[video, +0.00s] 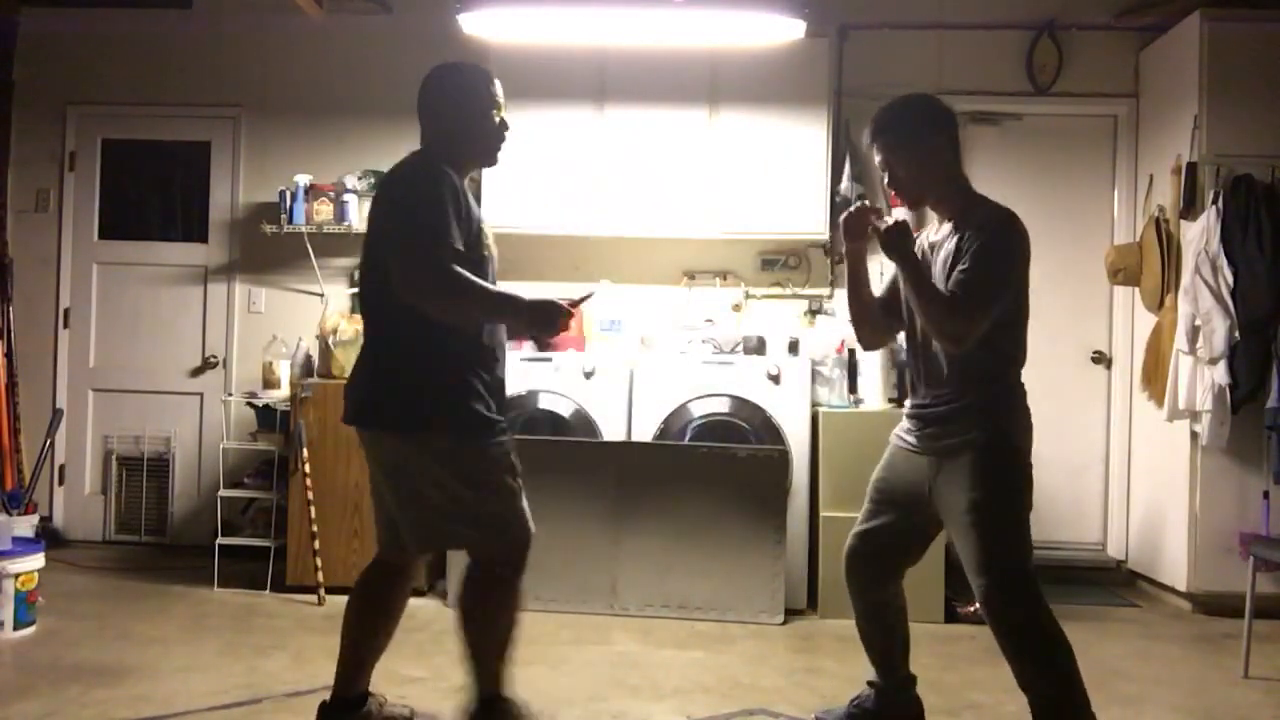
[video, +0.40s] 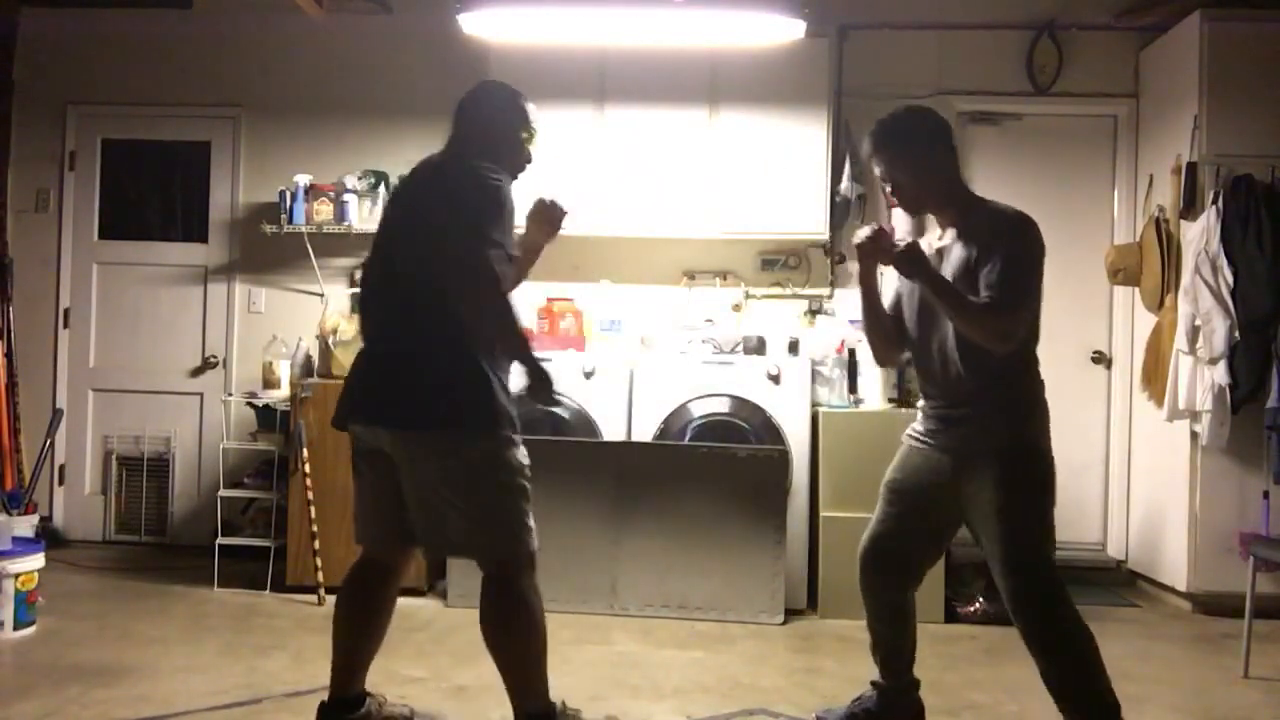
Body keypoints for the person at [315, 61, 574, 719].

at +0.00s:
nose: (505, 126)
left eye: (502, 111)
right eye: (493, 110)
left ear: (446, 117)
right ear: (450, 115)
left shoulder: (434, 185)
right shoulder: (428, 180)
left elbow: (432, 291)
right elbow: (421, 279)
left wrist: (517, 320)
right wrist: (521, 312)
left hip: (396, 405)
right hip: (439, 407)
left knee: (398, 556)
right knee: (505, 543)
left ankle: (347, 701)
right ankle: (491, 702)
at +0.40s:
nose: (531, 147)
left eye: (531, 134)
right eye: (524, 133)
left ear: (465, 127)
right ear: (496, 130)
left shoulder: (414, 183)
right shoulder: (482, 185)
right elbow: (481, 286)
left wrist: (531, 243)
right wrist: (528, 364)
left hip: (378, 401)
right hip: (458, 406)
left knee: (381, 556)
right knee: (510, 563)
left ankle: (344, 699)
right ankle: (535, 709)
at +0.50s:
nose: (552, 148)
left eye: (552, 134)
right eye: (546, 133)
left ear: (486, 126)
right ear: (521, 130)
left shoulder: (433, 185)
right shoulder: (512, 191)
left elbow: (421, 287)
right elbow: (538, 281)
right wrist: (601, 346)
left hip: (393, 404)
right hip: (479, 409)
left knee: (389, 554)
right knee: (524, 562)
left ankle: (345, 700)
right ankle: (540, 710)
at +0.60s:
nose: (576, 143)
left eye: (576, 129)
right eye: (571, 129)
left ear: (506, 124)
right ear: (547, 128)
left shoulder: (449, 188)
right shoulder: (548, 194)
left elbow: (465, 277)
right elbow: (620, 267)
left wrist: (547, 293)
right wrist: (679, 311)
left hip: (414, 404)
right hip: (503, 412)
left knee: (402, 555)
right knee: (544, 562)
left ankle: (348, 696)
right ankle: (545, 711)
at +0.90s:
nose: (612, 135)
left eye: (611, 122)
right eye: (608, 121)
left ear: (537, 119)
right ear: (590, 123)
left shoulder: (480, 181)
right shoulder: (602, 193)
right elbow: (684, 254)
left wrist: (603, 241)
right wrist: (633, 242)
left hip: (441, 398)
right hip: (538, 409)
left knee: (451, 552)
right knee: (563, 562)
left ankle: (414, 699)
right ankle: (549, 713)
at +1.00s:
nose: (614, 135)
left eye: (614, 123)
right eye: (610, 122)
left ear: (541, 119)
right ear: (592, 122)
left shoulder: (486, 181)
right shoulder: (601, 186)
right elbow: (693, 214)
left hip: (440, 398)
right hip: (535, 406)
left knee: (450, 556)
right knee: (563, 562)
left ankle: (413, 699)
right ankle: (550, 711)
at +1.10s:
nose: (611, 132)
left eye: (609, 119)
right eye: (605, 119)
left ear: (536, 119)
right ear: (585, 121)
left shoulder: (485, 182)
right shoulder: (595, 183)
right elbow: (693, 229)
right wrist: (759, 217)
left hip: (437, 395)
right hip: (529, 405)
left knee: (450, 556)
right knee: (556, 564)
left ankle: (413, 699)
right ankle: (548, 714)